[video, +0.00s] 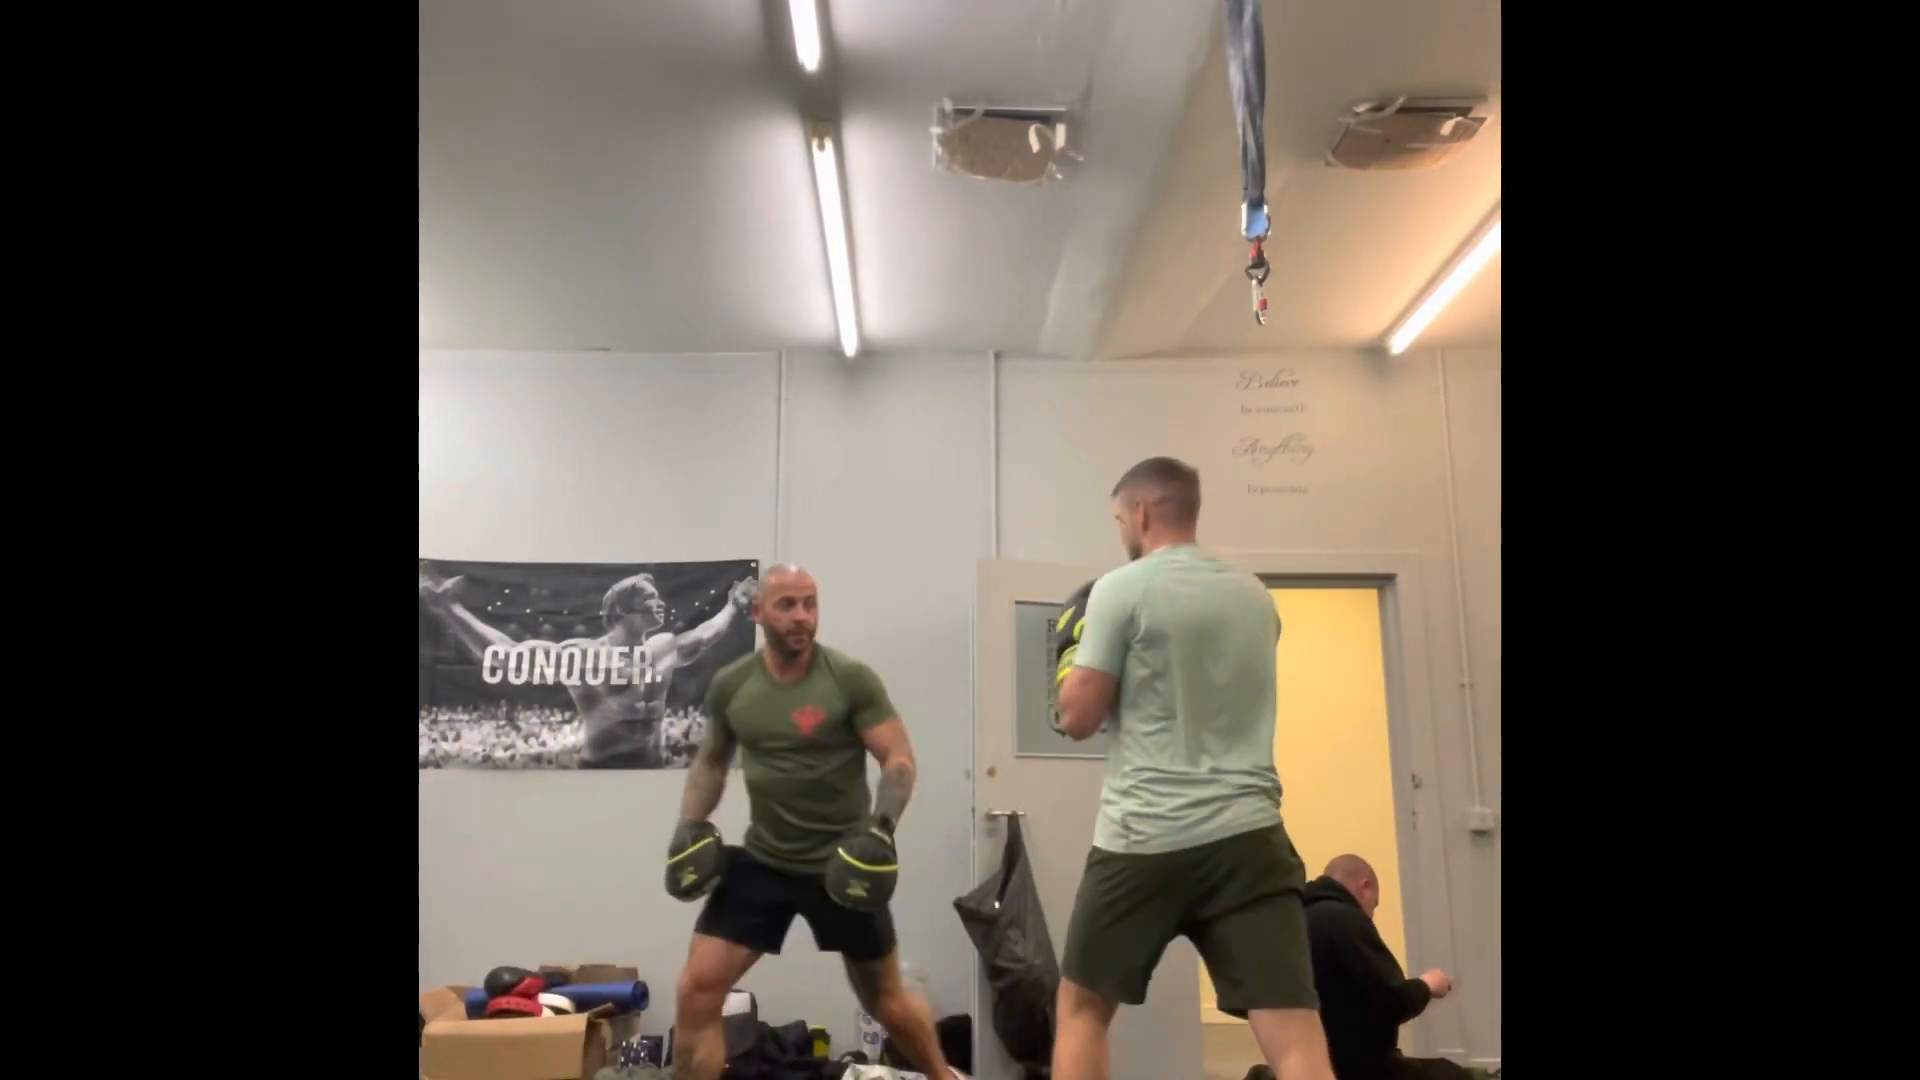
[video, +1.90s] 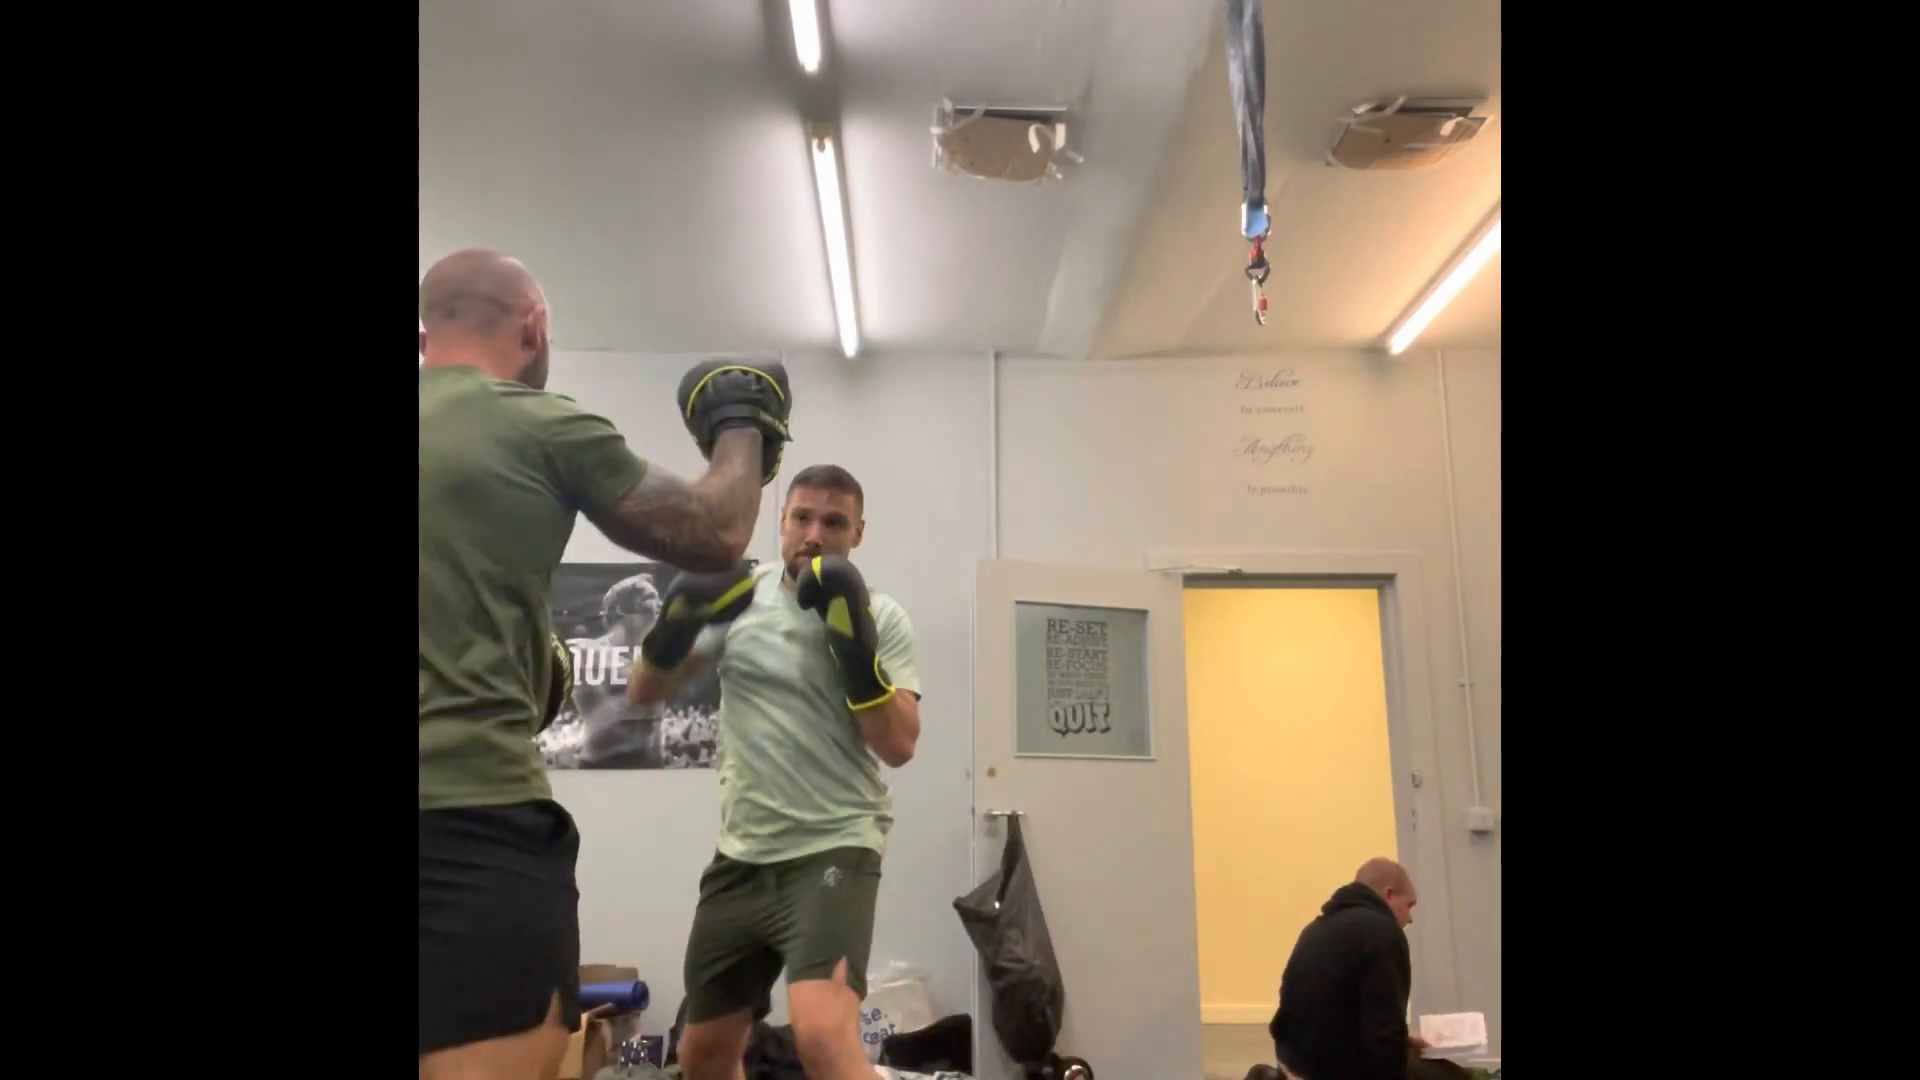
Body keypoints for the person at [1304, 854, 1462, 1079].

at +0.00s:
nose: (1371, 914)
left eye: (1375, 907)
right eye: (1373, 905)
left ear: (1331, 883)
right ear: (1363, 887)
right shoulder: (1344, 919)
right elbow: (1389, 1004)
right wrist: (1426, 986)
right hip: (1359, 1069)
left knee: (1444, 1069)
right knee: (1449, 1072)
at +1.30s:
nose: (1375, 893)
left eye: (1372, 883)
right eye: (1370, 881)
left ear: (1320, 881)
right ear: (1347, 879)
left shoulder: (1287, 930)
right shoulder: (1347, 920)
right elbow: (1387, 1008)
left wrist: (1400, 1000)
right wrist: (1425, 1009)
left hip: (1302, 1068)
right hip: (1357, 1071)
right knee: (1454, 1072)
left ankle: (1271, 1075)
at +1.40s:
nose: (1376, 895)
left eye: (1374, 885)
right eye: (1371, 884)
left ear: (1326, 882)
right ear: (1347, 880)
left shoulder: (1288, 930)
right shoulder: (1350, 920)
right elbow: (1376, 1006)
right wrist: (1426, 1034)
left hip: (1302, 1067)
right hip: (1356, 1069)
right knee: (1460, 1072)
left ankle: (1272, 1074)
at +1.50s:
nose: (1377, 899)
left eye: (1376, 887)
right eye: (1373, 886)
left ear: (1323, 883)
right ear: (1352, 883)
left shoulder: (1290, 929)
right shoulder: (1352, 922)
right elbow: (1372, 1013)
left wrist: (1385, 1018)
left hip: (1299, 1065)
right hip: (1349, 1068)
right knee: (1449, 1070)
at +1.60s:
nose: (1381, 900)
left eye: (1380, 890)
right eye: (1378, 889)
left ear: (1329, 884)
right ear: (1356, 884)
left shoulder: (1292, 929)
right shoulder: (1357, 925)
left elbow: (1287, 1010)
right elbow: (1370, 1019)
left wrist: (1383, 1017)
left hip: (1299, 1066)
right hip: (1351, 1071)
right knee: (1450, 1071)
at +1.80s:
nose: (1397, 912)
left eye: (1399, 900)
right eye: (1396, 899)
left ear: (1349, 889)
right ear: (1374, 890)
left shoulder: (1306, 928)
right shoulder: (1374, 932)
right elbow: (1381, 1033)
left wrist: (1394, 1023)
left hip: (1296, 1065)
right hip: (1348, 1071)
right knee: (1450, 1071)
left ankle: (1276, 1074)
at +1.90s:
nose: (1410, 919)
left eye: (1412, 908)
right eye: (1409, 906)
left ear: (1360, 891)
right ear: (1389, 896)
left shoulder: (1319, 925)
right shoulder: (1384, 932)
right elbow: (1385, 1032)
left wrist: (1401, 1042)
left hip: (1295, 1060)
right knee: (1451, 1073)